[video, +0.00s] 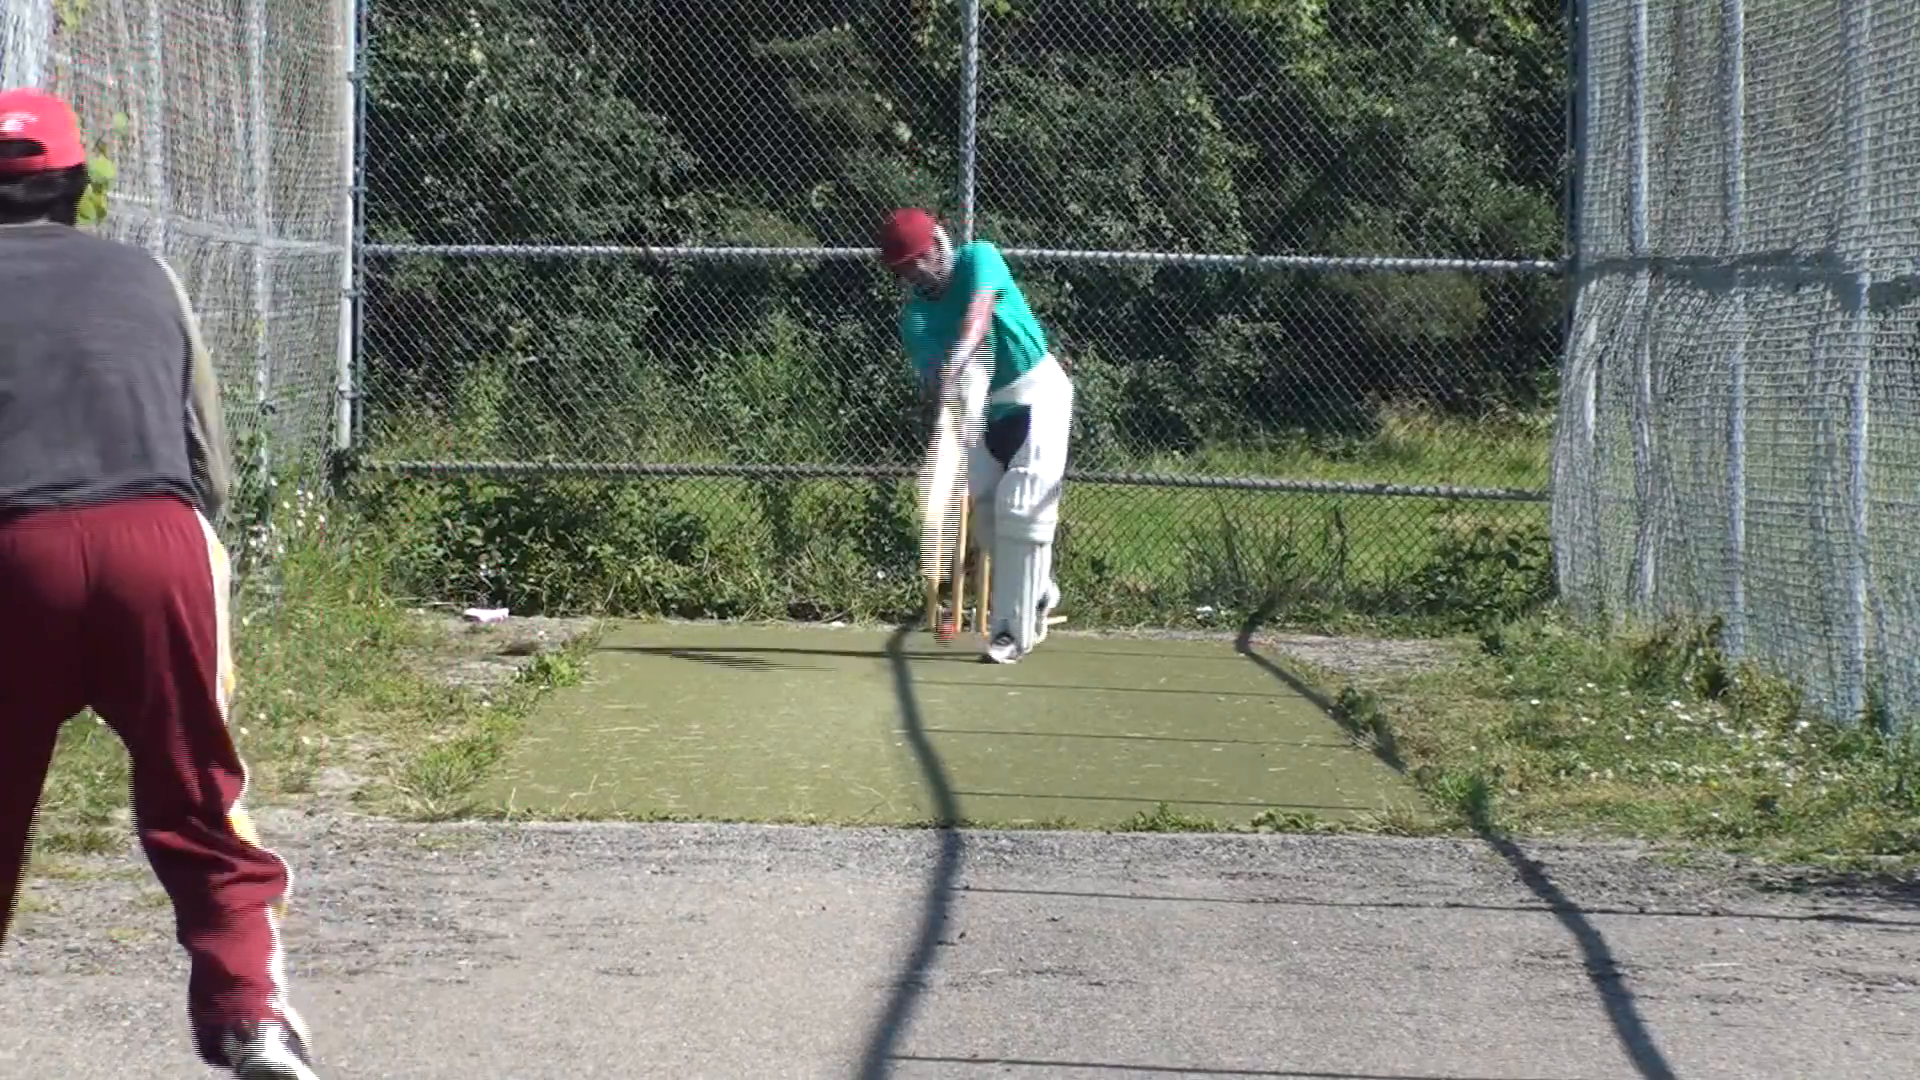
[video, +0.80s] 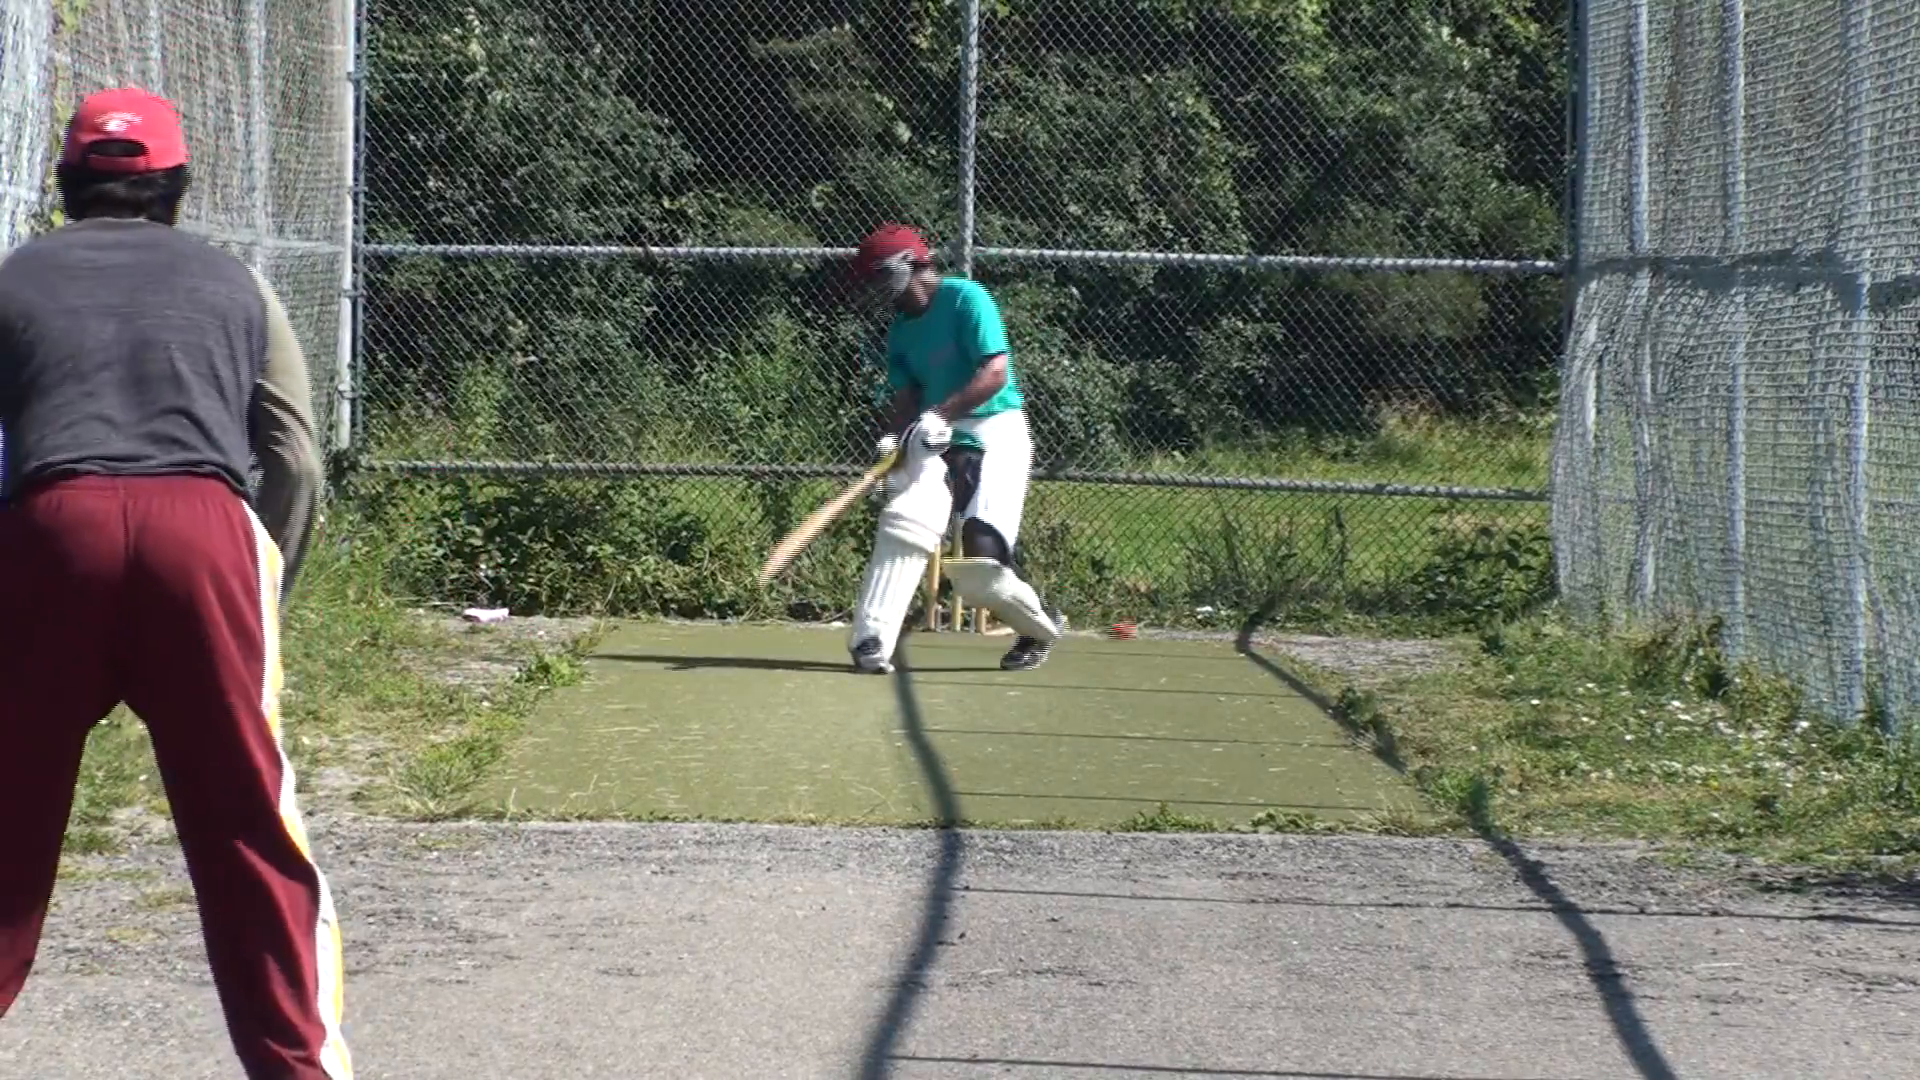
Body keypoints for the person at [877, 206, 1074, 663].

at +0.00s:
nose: (913, 274)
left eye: (918, 260)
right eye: (903, 269)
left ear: (939, 243)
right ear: (898, 272)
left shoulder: (979, 257)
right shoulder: (916, 319)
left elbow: (980, 310)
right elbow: (935, 380)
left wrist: (961, 355)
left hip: (1036, 392)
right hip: (983, 410)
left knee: (1021, 509)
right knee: (982, 508)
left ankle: (1011, 632)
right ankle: (1037, 593)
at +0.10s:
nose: (912, 261)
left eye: (913, 247)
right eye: (899, 259)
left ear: (926, 236)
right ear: (892, 269)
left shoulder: (971, 247)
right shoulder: (909, 307)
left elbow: (1004, 276)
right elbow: (938, 322)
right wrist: (954, 292)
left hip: (1023, 391)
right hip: (970, 407)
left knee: (1020, 516)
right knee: (970, 516)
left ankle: (1012, 632)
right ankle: (1025, 593)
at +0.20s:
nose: (900, 263)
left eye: (905, 248)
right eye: (888, 260)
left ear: (925, 234)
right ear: (879, 266)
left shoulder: (972, 250)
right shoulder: (892, 296)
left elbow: (1007, 280)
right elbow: (917, 308)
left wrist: (976, 267)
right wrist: (950, 251)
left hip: (1007, 393)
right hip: (946, 403)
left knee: (1016, 508)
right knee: (944, 506)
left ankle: (1002, 628)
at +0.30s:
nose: (889, 273)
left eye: (895, 260)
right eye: (878, 268)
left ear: (919, 244)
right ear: (871, 268)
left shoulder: (975, 267)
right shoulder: (886, 300)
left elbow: (1004, 315)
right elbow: (901, 338)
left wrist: (967, 312)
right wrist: (938, 297)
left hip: (987, 410)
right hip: (924, 415)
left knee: (999, 525)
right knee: (907, 513)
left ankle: (979, 625)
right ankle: (881, 628)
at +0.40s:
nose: (877, 295)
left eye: (883, 284)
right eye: (870, 289)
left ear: (909, 268)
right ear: (868, 287)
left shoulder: (961, 295)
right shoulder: (877, 323)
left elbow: (992, 356)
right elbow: (886, 384)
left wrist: (961, 371)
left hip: (967, 436)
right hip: (909, 439)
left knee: (976, 559)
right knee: (904, 531)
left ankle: (970, 626)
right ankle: (876, 640)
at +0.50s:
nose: (871, 309)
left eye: (876, 296)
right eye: (861, 304)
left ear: (901, 279)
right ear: (854, 303)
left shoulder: (953, 310)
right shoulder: (868, 342)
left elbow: (982, 379)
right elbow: (880, 406)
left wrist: (941, 410)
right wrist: (893, 432)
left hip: (966, 446)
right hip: (910, 451)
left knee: (974, 570)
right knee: (901, 535)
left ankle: (960, 625)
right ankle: (874, 641)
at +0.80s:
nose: (884, 290)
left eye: (889, 278)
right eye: (878, 283)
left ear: (916, 265)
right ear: (883, 283)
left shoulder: (968, 298)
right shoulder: (900, 330)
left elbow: (995, 372)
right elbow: (906, 398)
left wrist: (942, 413)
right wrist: (897, 436)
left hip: (995, 430)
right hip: (934, 436)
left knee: (981, 549)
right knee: (902, 528)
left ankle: (1038, 629)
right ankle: (874, 639)